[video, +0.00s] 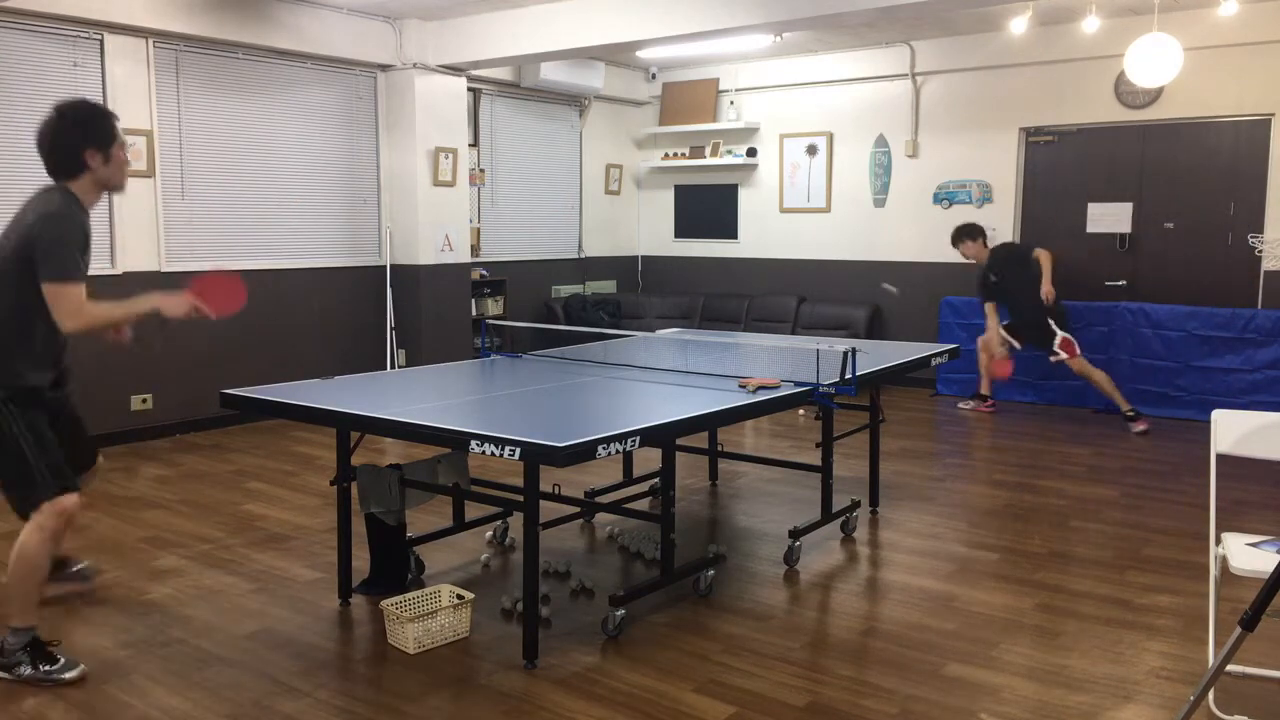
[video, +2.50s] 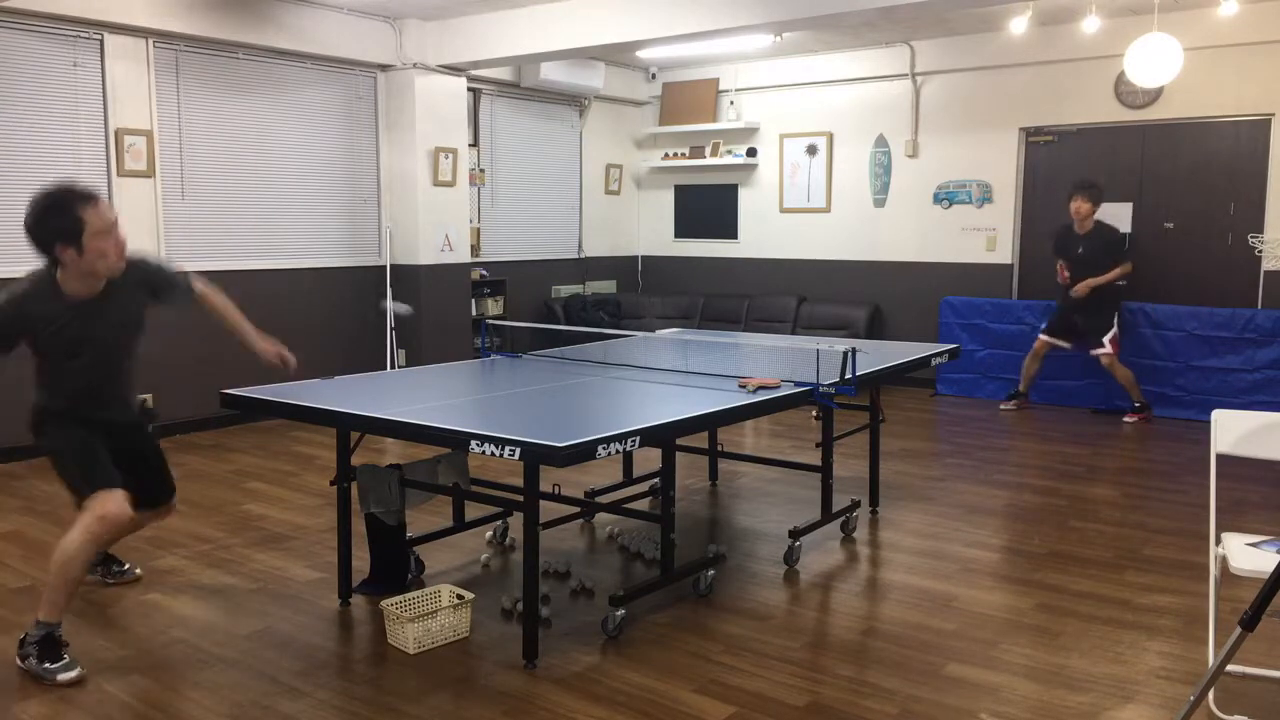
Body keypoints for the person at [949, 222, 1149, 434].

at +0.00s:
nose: (963, 253)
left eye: (964, 247)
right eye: (960, 249)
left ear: (978, 240)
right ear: (968, 248)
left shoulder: (1006, 250)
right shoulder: (985, 278)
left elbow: (1044, 255)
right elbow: (991, 314)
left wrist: (1046, 283)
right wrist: (996, 346)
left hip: (1046, 316)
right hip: (1022, 322)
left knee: (1080, 367)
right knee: (984, 342)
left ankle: (1129, 413)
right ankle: (984, 398)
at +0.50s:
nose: (1013, 182)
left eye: (1018, 176)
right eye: (1009, 176)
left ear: (1029, 180)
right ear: (1004, 180)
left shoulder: (1045, 207)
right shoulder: (998, 216)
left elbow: (1070, 229)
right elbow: (994, 252)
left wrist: (1060, 257)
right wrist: (1005, 249)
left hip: (1042, 285)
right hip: (1011, 287)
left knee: (1055, 342)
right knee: (998, 341)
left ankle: (1065, 399)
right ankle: (993, 395)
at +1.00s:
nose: (1061, 205)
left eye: (1068, 200)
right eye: (1058, 199)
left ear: (1080, 204)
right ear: (1054, 203)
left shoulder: (1094, 229)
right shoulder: (1045, 230)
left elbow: (1112, 258)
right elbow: (1035, 257)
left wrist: (1086, 275)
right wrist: (1044, 271)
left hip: (1085, 300)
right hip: (1052, 299)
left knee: (1105, 352)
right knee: (1023, 345)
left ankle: (1125, 404)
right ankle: (1013, 396)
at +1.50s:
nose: (1055, 230)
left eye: (1055, 224)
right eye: (1051, 227)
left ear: (1065, 215)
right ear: (1053, 224)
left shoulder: (1093, 230)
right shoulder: (1071, 240)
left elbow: (1129, 247)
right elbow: (1082, 269)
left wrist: (1106, 277)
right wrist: (1059, 271)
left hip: (1111, 303)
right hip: (1088, 302)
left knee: (1099, 360)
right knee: (1061, 346)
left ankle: (1122, 405)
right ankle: (1025, 392)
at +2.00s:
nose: (1073, 200)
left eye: (1078, 193)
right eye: (1072, 194)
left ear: (1094, 194)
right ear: (1083, 196)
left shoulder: (1099, 216)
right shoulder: (1094, 221)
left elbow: (1119, 235)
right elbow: (1112, 257)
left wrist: (1118, 271)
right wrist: (1097, 283)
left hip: (1134, 290)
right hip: (1124, 290)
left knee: (1135, 347)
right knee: (1127, 346)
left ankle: (1147, 410)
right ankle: (1137, 403)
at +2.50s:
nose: (1076, 207)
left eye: (1083, 202)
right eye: (1074, 201)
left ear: (1094, 208)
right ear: (1069, 205)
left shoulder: (1109, 235)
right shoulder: (1064, 234)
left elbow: (1126, 267)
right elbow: (1060, 262)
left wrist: (1090, 283)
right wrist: (1063, 274)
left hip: (1101, 304)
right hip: (1070, 303)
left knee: (1108, 360)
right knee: (1039, 347)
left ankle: (1140, 404)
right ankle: (1021, 394)